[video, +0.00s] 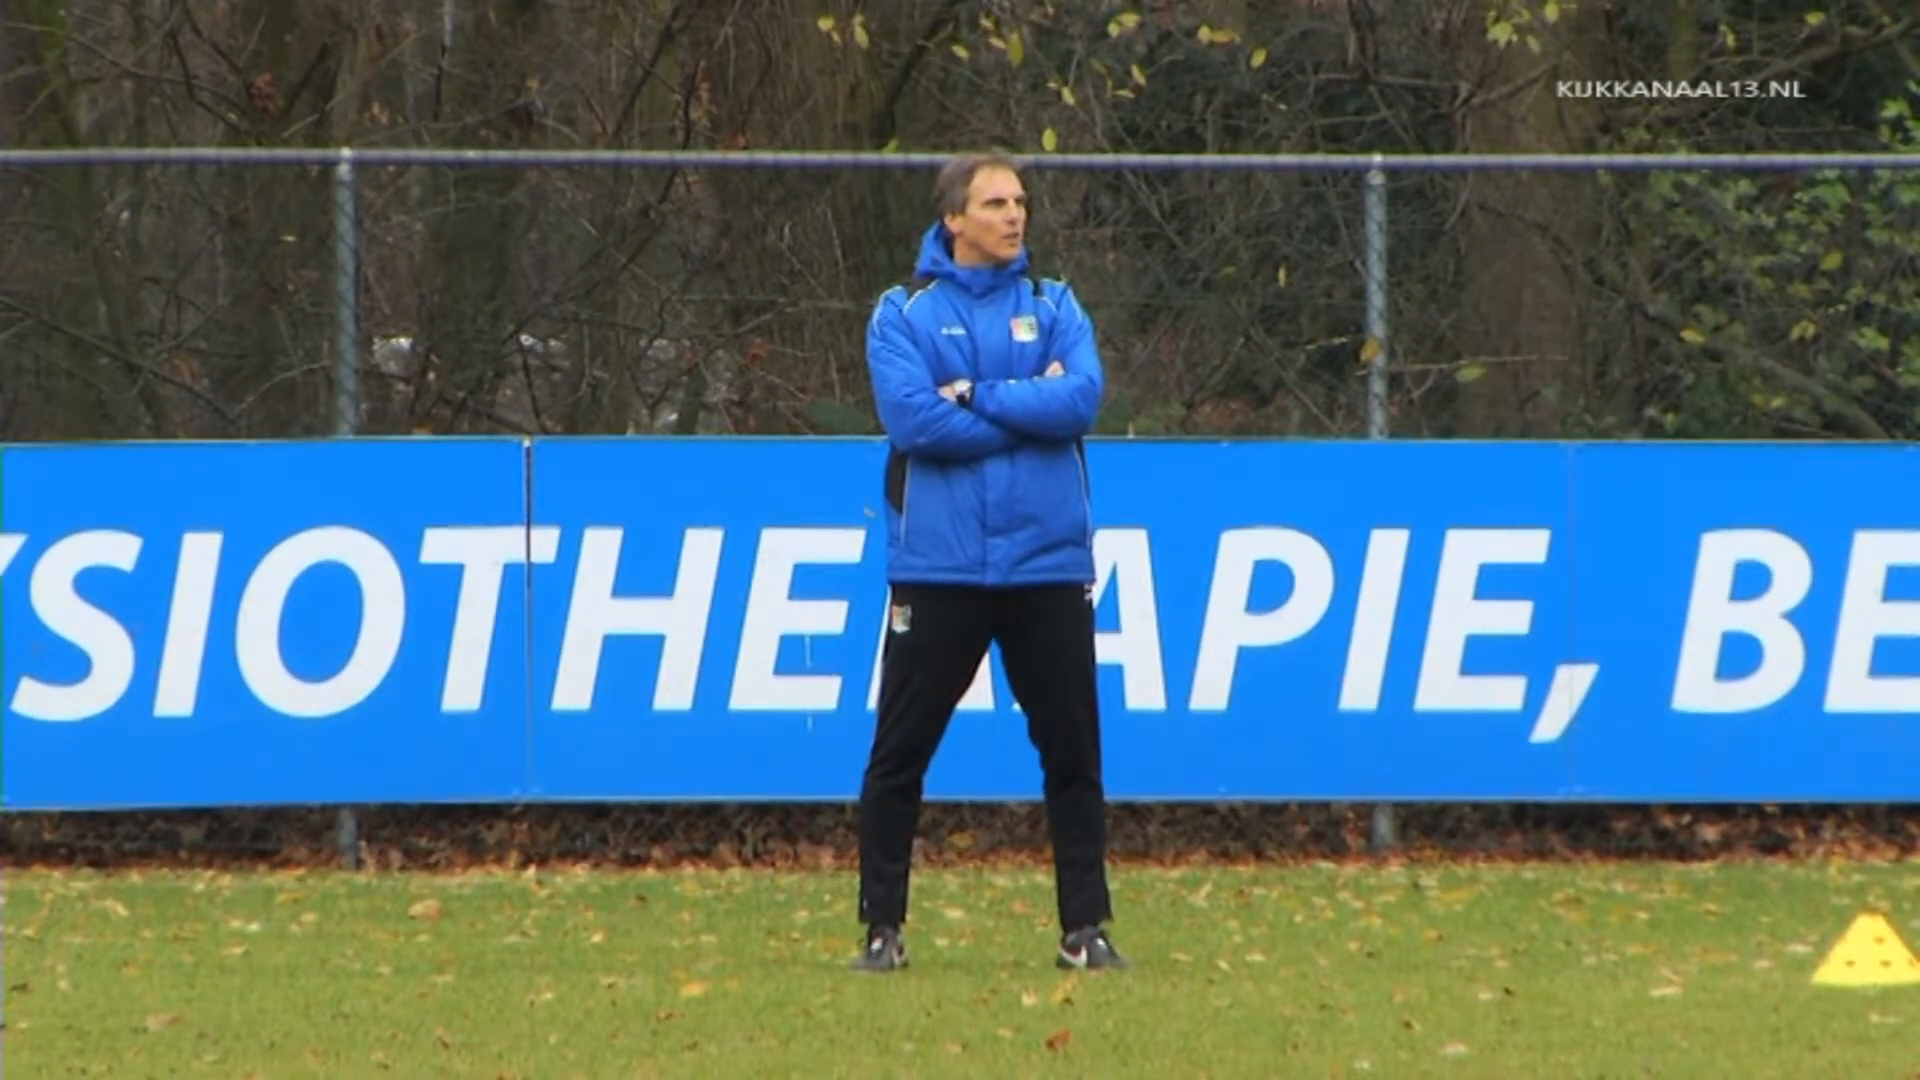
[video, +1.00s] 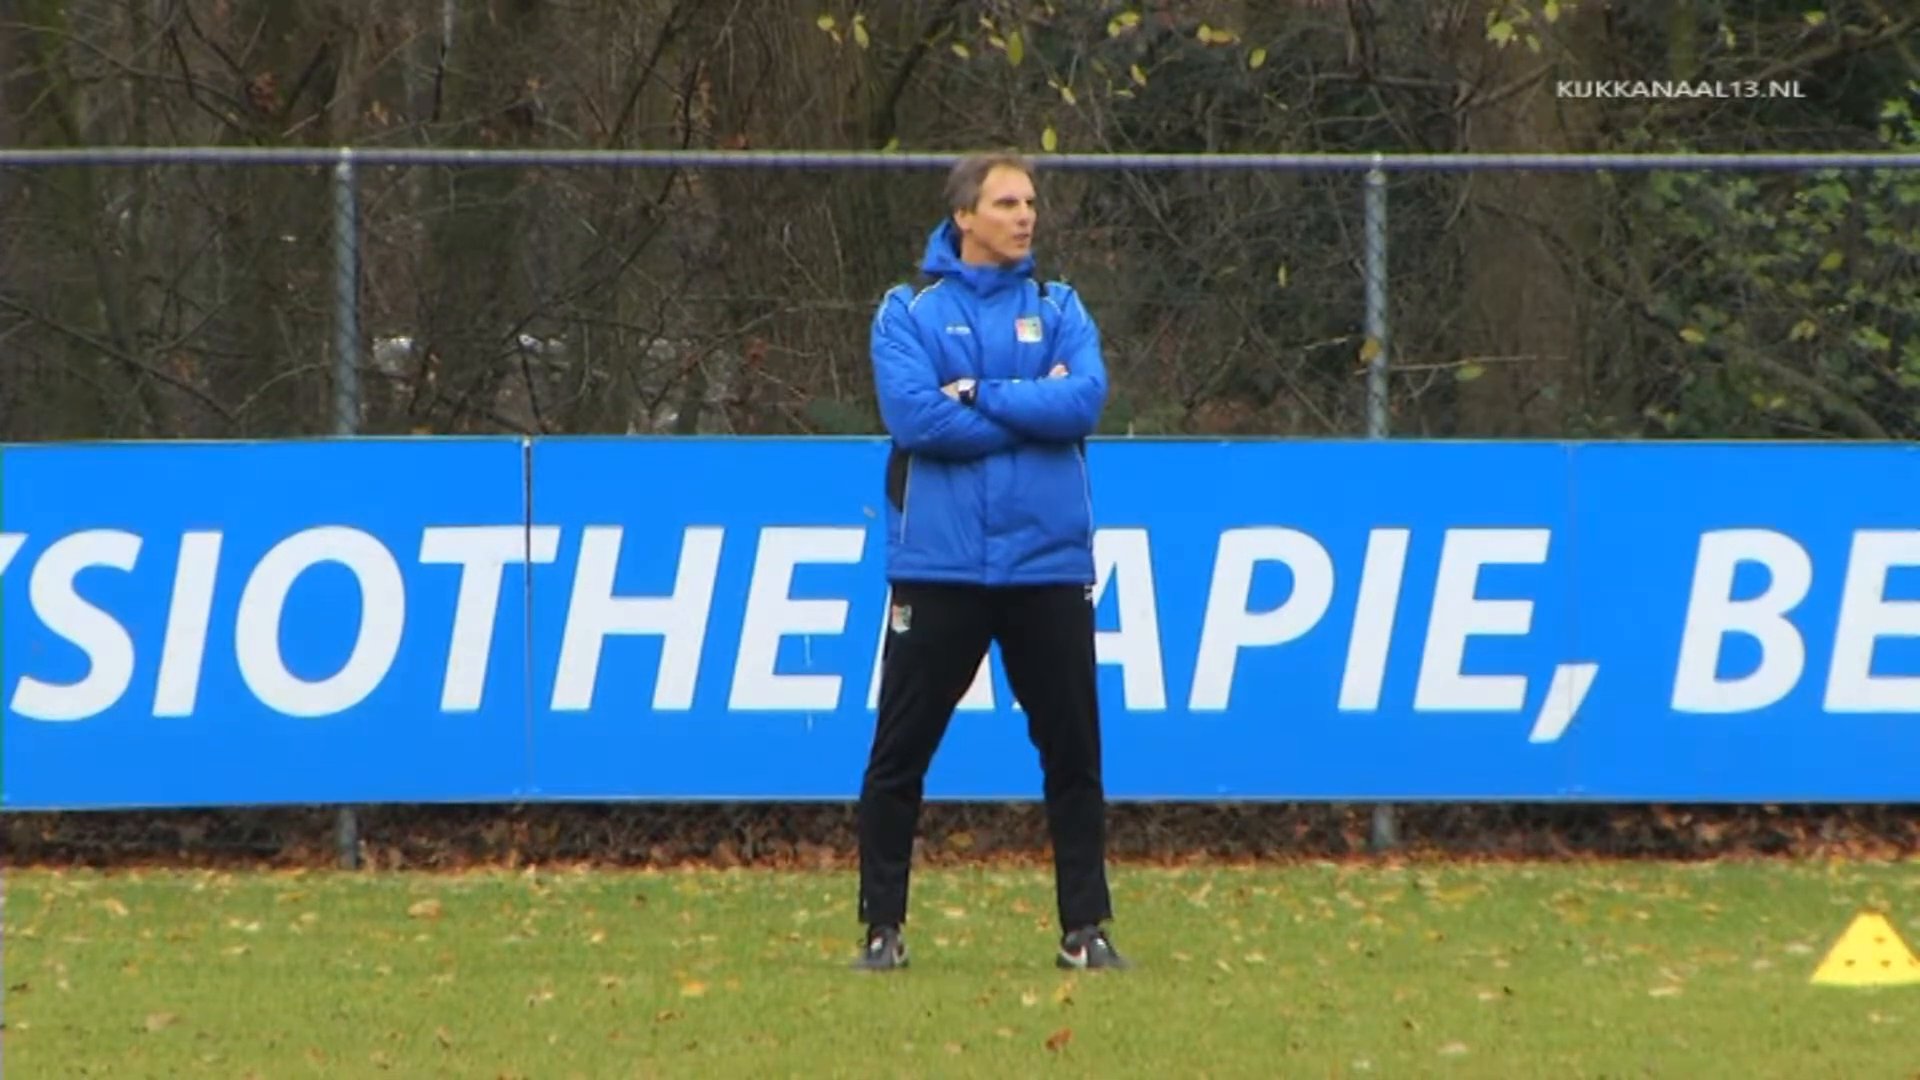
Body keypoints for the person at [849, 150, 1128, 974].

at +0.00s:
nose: (1013, 215)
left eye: (1019, 203)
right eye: (995, 205)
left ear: (1027, 216)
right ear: (954, 221)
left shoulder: (1055, 304)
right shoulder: (902, 313)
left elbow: (1080, 401)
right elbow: (916, 425)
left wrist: (971, 392)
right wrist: (1025, 413)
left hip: (1049, 567)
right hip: (941, 570)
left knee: (1073, 751)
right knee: (901, 752)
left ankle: (1085, 931)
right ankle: (882, 929)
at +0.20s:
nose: (1018, 213)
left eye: (1023, 201)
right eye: (1000, 202)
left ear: (1029, 216)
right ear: (957, 219)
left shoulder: (1056, 304)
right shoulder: (903, 311)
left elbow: (1080, 401)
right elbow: (917, 424)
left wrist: (971, 391)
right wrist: (1026, 412)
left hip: (1049, 567)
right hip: (940, 570)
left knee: (1073, 751)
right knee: (901, 752)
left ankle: (1085, 931)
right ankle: (882, 929)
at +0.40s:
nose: (1024, 213)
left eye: (1028, 202)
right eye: (1007, 202)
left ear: (1031, 216)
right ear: (962, 217)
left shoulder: (1058, 305)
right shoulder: (905, 310)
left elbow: (1082, 401)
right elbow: (916, 423)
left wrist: (974, 391)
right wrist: (1026, 412)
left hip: (1050, 567)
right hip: (940, 569)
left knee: (1073, 750)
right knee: (901, 752)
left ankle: (1085, 931)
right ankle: (882, 930)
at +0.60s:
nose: (1027, 214)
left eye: (1031, 202)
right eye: (1010, 202)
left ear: (1033, 216)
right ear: (964, 218)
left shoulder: (1059, 306)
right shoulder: (906, 310)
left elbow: (1082, 401)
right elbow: (917, 423)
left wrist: (975, 391)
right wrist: (1027, 412)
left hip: (1050, 567)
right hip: (941, 569)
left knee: (1073, 750)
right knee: (901, 752)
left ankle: (1085, 931)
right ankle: (882, 929)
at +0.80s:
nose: (1027, 215)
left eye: (1031, 203)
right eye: (1010, 203)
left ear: (1034, 217)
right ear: (965, 218)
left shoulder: (1059, 306)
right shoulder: (907, 310)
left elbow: (1083, 402)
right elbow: (917, 423)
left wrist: (975, 391)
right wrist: (1028, 413)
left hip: (1050, 567)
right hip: (941, 569)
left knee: (1073, 750)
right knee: (901, 752)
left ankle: (1085, 931)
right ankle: (882, 929)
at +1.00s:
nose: (1025, 216)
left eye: (1030, 204)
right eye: (1008, 204)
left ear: (1035, 218)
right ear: (964, 218)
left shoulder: (1059, 305)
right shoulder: (906, 310)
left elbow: (1083, 403)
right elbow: (918, 423)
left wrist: (975, 391)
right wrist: (1028, 413)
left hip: (1050, 567)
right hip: (941, 569)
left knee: (1073, 751)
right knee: (901, 752)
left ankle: (1085, 931)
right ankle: (882, 929)